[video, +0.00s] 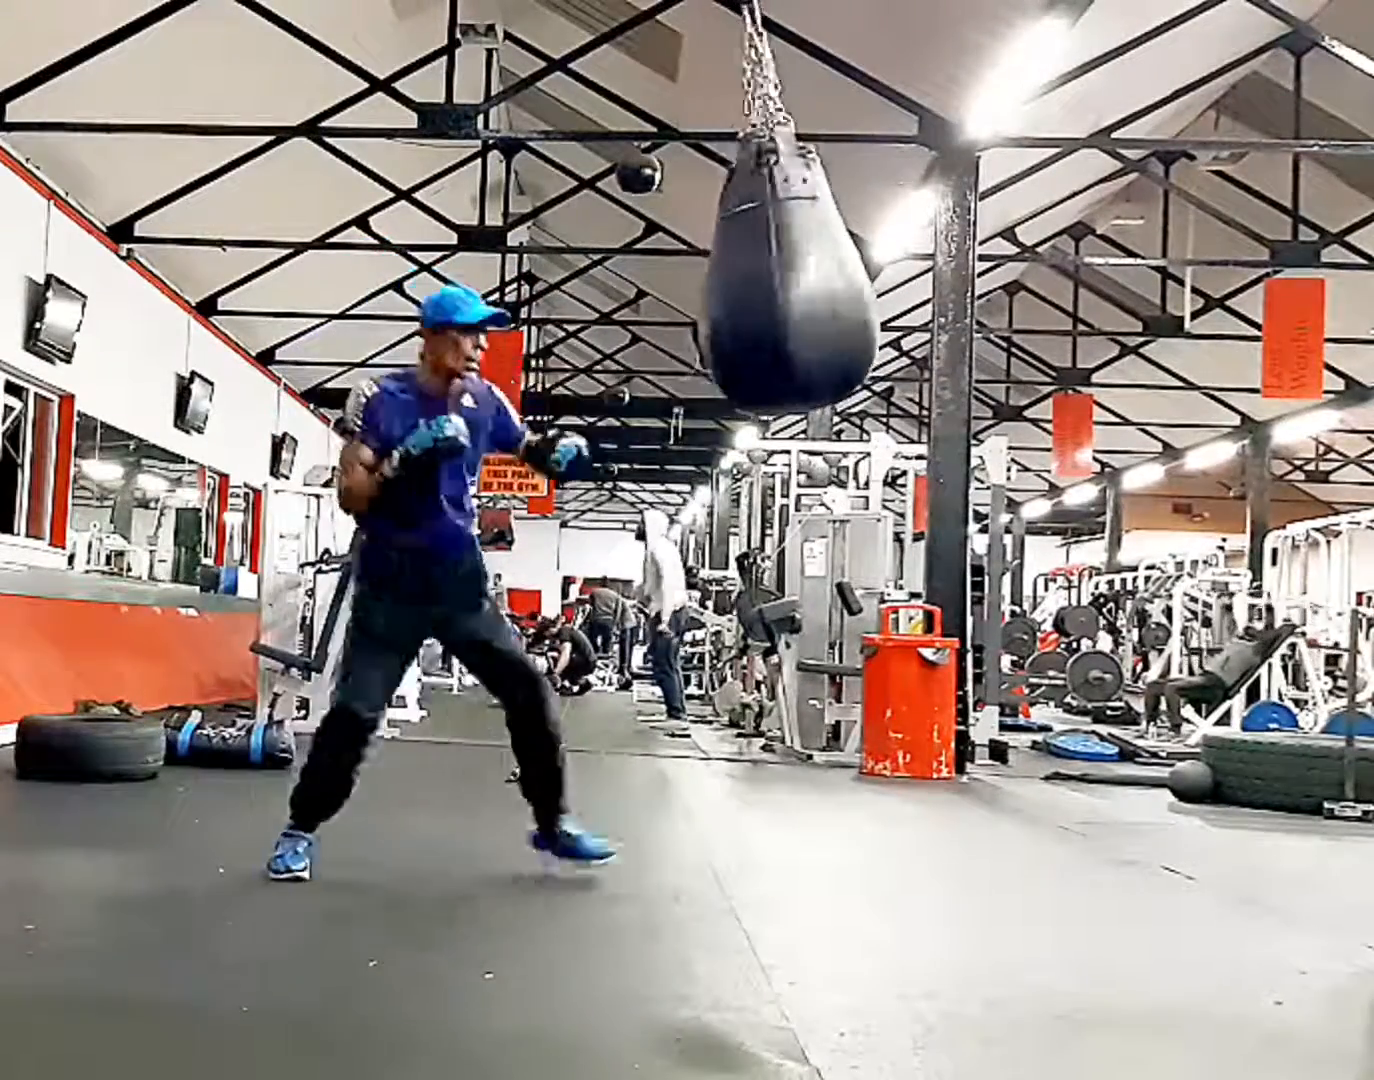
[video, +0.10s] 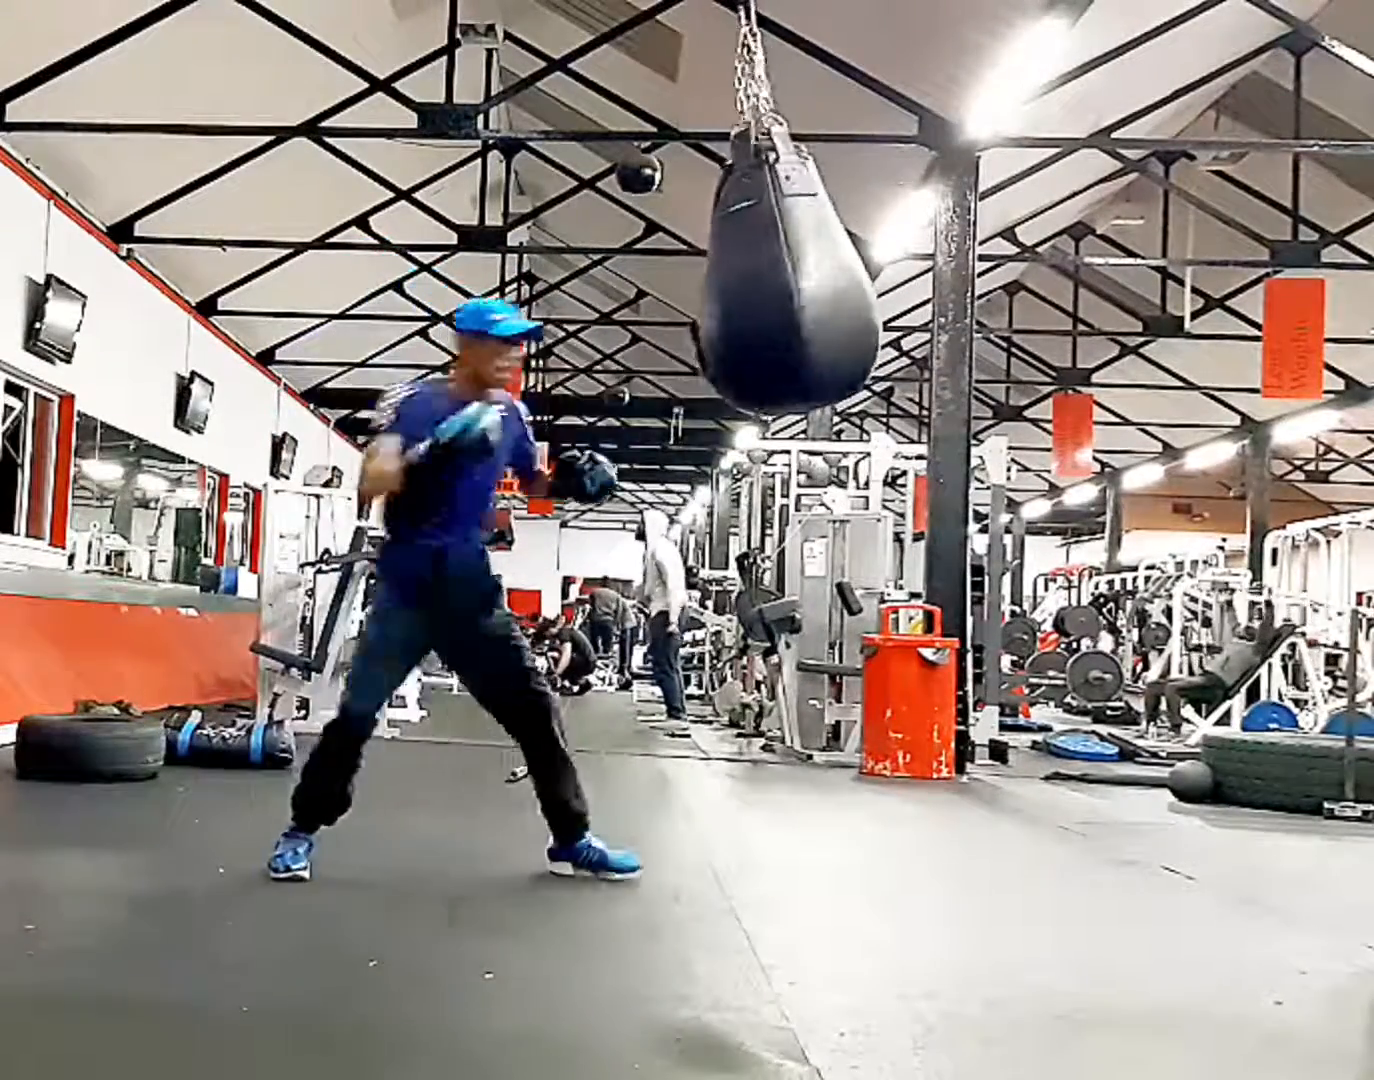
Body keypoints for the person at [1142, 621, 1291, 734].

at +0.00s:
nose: (1248, 631)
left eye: (1253, 630)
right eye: (1248, 630)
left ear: (1258, 637)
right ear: (1246, 632)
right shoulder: (1234, 642)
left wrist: (1266, 637)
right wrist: (1225, 608)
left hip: (1217, 682)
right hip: (1203, 676)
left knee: (1172, 688)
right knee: (1153, 687)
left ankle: (1175, 731)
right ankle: (1147, 728)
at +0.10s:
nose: (1248, 628)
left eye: (1252, 627)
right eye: (1247, 626)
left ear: (1259, 635)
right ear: (1243, 631)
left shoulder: (1256, 652)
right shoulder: (1235, 643)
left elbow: (1267, 629)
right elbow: (1234, 627)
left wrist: (1268, 606)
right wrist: (1229, 606)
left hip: (1218, 682)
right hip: (1204, 676)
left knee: (1172, 688)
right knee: (1152, 687)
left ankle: (1175, 729)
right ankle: (1148, 726)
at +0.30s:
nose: (1251, 628)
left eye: (1257, 628)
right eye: (1250, 625)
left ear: (1259, 637)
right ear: (1245, 631)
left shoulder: (1255, 652)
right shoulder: (1233, 641)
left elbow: (1271, 636)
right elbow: (1228, 624)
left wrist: (1269, 615)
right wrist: (1225, 608)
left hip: (1218, 682)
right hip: (1205, 675)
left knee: (1172, 688)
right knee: (1153, 687)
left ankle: (1176, 730)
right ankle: (1148, 725)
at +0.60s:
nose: (1254, 634)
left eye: (1257, 633)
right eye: (1256, 632)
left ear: (1260, 640)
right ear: (1250, 634)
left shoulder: (1259, 651)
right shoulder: (1238, 644)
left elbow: (1283, 655)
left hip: (1217, 682)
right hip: (1203, 674)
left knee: (1171, 688)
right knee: (1153, 687)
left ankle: (1175, 731)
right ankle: (1148, 728)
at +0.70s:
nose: (1255, 635)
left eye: (1258, 634)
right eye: (1256, 633)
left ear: (1260, 640)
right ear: (1250, 634)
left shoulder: (1257, 651)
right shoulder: (1237, 644)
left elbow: (1281, 654)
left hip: (1217, 682)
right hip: (1203, 674)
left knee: (1171, 688)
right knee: (1152, 687)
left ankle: (1175, 731)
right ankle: (1148, 727)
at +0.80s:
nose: (1251, 629)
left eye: (1256, 628)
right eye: (1252, 626)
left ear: (1261, 636)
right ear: (1247, 631)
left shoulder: (1259, 650)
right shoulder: (1237, 643)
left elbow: (1278, 653)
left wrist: (1274, 637)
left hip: (1217, 682)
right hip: (1204, 674)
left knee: (1171, 687)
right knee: (1152, 688)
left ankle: (1175, 731)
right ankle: (1148, 728)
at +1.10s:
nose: (1249, 629)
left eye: (1254, 628)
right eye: (1249, 627)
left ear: (1259, 635)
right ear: (1246, 631)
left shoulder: (1256, 651)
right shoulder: (1235, 642)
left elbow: (1275, 632)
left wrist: (1269, 615)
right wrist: (1226, 611)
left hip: (1218, 683)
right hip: (1204, 677)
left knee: (1172, 688)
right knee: (1153, 687)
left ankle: (1175, 730)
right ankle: (1149, 726)